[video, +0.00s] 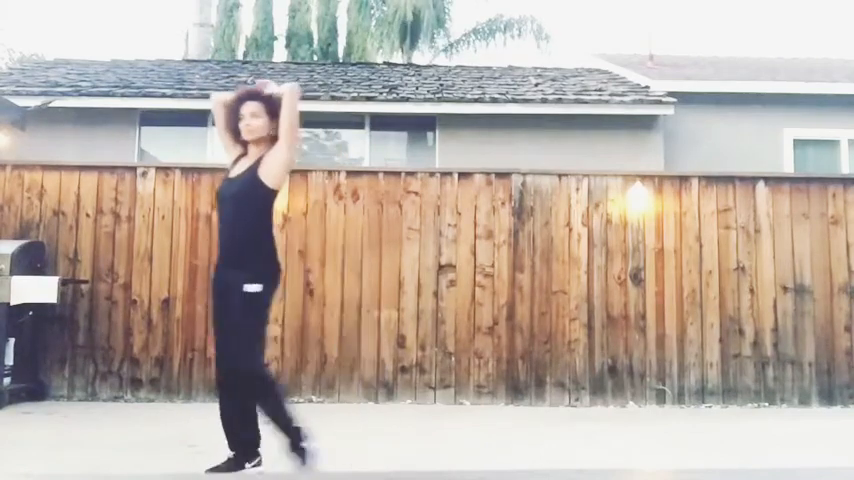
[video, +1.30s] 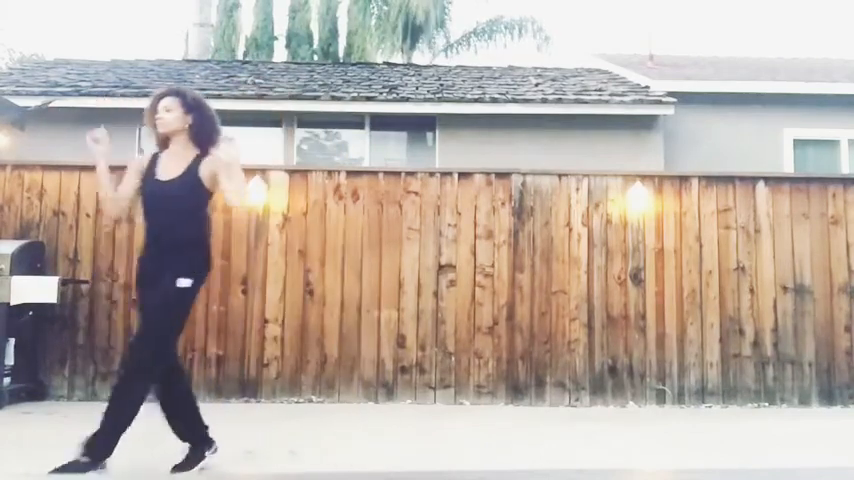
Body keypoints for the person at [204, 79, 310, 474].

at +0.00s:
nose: (248, 122)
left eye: (255, 115)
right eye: (242, 116)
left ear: (272, 122)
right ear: (237, 124)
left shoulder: (278, 156)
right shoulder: (239, 158)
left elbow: (293, 91)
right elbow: (217, 102)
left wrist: (274, 92)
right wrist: (251, 94)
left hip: (255, 272)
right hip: (227, 272)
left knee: (245, 363)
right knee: (228, 365)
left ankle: (296, 438)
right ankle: (244, 451)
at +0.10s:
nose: (231, 122)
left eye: (239, 115)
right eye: (227, 116)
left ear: (257, 122)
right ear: (223, 123)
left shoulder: (264, 157)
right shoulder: (226, 157)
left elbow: (280, 91)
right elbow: (200, 106)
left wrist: (267, 103)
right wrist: (238, 91)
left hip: (242, 274)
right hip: (218, 272)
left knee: (195, 357)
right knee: (223, 361)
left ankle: (242, 443)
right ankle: (244, 445)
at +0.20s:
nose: (215, 122)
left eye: (223, 116)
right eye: (211, 117)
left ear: (241, 122)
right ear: (208, 125)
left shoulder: (247, 159)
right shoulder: (209, 157)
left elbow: (269, 91)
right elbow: (179, 107)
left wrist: (253, 103)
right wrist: (221, 98)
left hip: (226, 275)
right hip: (204, 273)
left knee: (169, 353)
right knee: (219, 365)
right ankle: (245, 450)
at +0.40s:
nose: (179, 119)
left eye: (187, 112)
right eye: (177, 113)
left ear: (208, 121)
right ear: (175, 123)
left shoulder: (215, 159)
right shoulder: (175, 155)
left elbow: (245, 93)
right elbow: (132, 110)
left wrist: (228, 109)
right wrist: (171, 104)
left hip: (187, 277)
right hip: (166, 275)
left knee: (147, 370)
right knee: (183, 367)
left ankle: (96, 457)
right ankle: (233, 439)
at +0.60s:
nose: (148, 114)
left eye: (157, 107)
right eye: (146, 108)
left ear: (179, 118)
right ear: (143, 117)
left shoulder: (183, 161)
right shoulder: (136, 153)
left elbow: (225, 107)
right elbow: (82, 111)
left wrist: (194, 116)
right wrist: (125, 95)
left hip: (149, 266)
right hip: (122, 265)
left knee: (123, 360)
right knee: (124, 360)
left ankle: (91, 458)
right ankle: (193, 430)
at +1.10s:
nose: (137, 119)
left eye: (146, 113)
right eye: (135, 114)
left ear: (168, 121)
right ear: (133, 122)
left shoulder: (174, 168)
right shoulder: (123, 158)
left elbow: (219, 163)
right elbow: (68, 170)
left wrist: (203, 150)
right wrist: (83, 123)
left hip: (146, 274)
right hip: (115, 271)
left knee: (121, 366)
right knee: (105, 363)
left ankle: (89, 459)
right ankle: (180, 428)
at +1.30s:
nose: (160, 116)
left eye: (168, 111)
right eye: (158, 112)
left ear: (190, 117)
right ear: (155, 120)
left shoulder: (209, 159)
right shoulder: (147, 160)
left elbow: (238, 197)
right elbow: (114, 210)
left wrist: (229, 159)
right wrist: (102, 158)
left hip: (186, 267)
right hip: (150, 265)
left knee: (142, 354)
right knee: (161, 356)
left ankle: (96, 454)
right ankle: (199, 440)